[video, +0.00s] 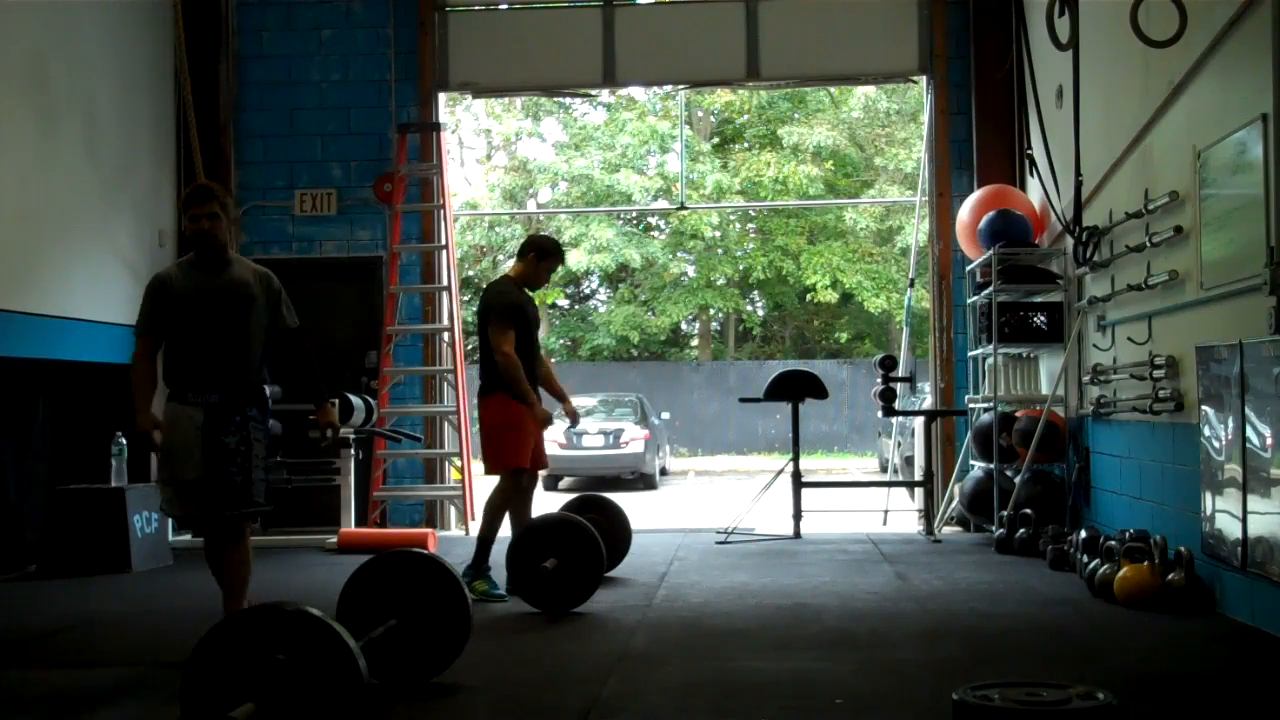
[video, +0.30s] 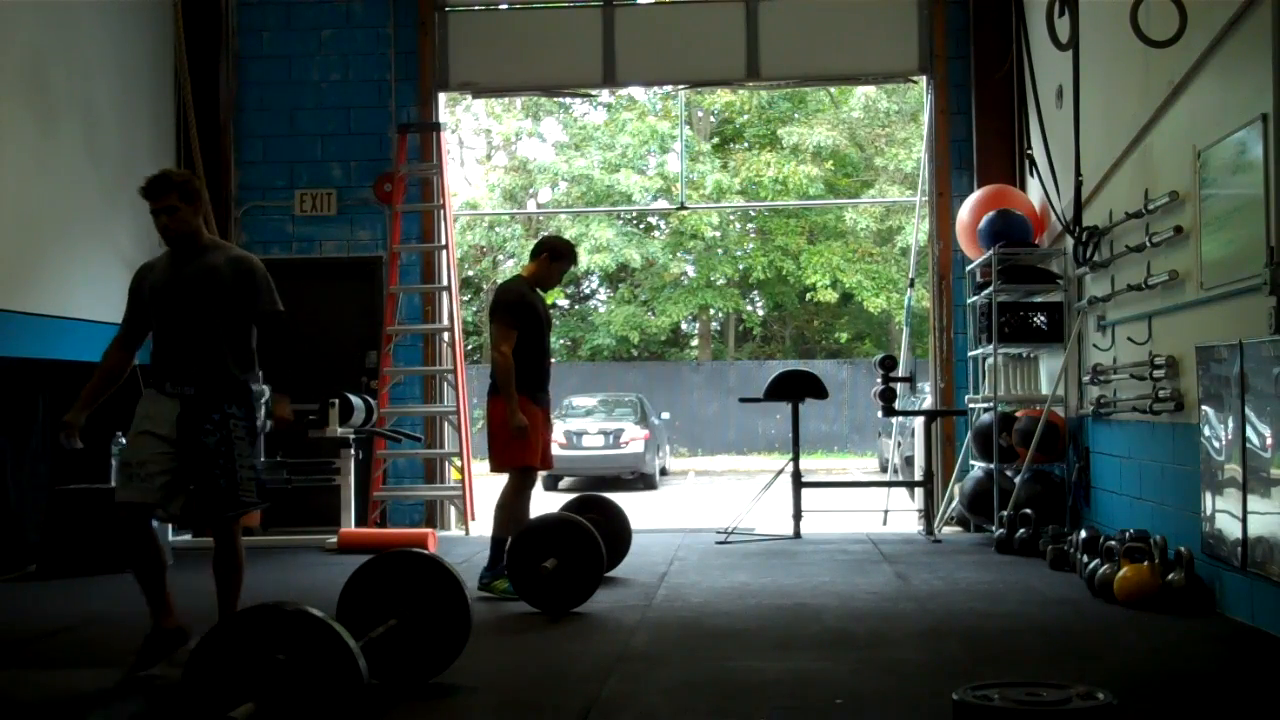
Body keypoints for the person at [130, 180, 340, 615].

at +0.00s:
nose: (204, 226)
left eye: (213, 218)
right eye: (195, 219)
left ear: (230, 223)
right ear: (184, 227)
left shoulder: (260, 281)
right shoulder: (166, 285)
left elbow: (293, 348)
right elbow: (145, 355)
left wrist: (322, 402)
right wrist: (143, 415)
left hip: (244, 418)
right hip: (190, 419)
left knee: (238, 528)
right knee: (209, 529)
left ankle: (235, 623)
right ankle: (239, 609)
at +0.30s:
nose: (163, 222)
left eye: (171, 212)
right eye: (156, 214)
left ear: (198, 208)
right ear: (152, 218)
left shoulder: (245, 269)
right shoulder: (151, 277)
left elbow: (275, 341)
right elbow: (123, 349)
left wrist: (279, 397)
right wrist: (82, 408)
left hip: (226, 414)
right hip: (163, 413)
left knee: (225, 529)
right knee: (134, 516)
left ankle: (228, 630)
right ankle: (166, 624)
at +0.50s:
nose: (122, 226)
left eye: (129, 215)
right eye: (118, 217)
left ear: (157, 211)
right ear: (121, 220)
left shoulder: (210, 270)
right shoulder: (125, 281)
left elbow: (237, 337)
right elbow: (108, 355)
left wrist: (215, 385)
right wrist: (71, 415)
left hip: (194, 418)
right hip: (135, 419)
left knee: (210, 533)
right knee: (122, 535)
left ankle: (225, 637)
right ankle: (108, 655)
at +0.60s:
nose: (93, 225)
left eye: (99, 214)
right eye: (90, 216)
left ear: (129, 210)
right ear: (113, 216)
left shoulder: (186, 267)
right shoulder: (106, 281)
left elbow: (208, 340)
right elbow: (91, 354)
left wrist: (187, 393)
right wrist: (47, 410)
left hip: (170, 421)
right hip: (112, 419)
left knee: (190, 529)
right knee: (103, 538)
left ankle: (221, 630)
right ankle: (99, 659)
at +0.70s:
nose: (65, 225)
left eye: (69, 213)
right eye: (63, 215)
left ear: (98, 207)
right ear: (90, 210)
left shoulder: (163, 263)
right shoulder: (87, 275)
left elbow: (186, 344)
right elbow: (64, 341)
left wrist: (167, 401)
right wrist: (20, 379)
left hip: (150, 422)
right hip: (94, 423)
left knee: (156, 529)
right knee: (88, 543)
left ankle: (211, 617)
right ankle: (96, 660)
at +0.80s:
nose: (45, 227)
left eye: (47, 215)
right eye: (42, 217)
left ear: (72, 207)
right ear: (77, 207)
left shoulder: (142, 259)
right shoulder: (68, 269)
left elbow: (168, 338)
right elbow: (21, 322)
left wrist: (147, 403)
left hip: (125, 420)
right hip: (78, 419)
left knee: (118, 535)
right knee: (78, 542)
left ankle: (177, 611)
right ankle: (95, 661)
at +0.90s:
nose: (24, 224)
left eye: (25, 214)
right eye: (21, 216)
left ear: (45, 206)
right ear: (64, 200)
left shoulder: (124, 256)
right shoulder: (47, 259)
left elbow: (145, 335)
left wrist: (128, 401)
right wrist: (9, 274)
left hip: (103, 412)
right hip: (66, 410)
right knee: (71, 532)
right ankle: (91, 658)